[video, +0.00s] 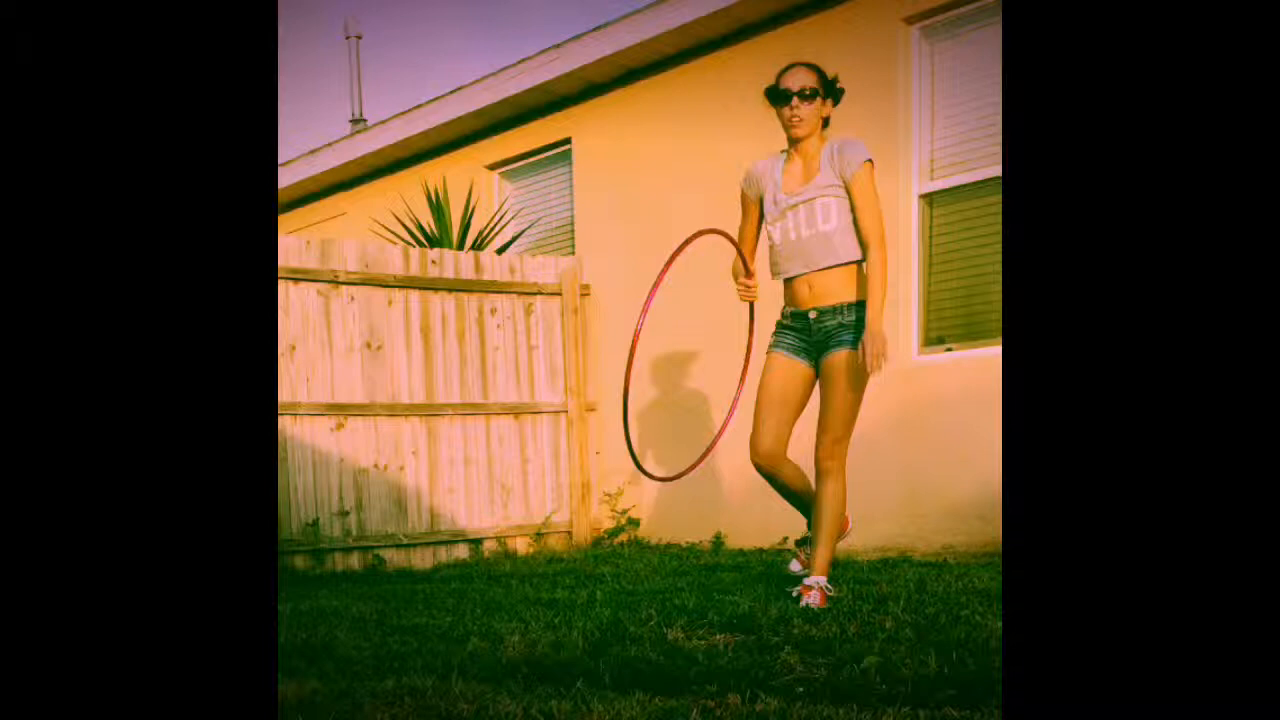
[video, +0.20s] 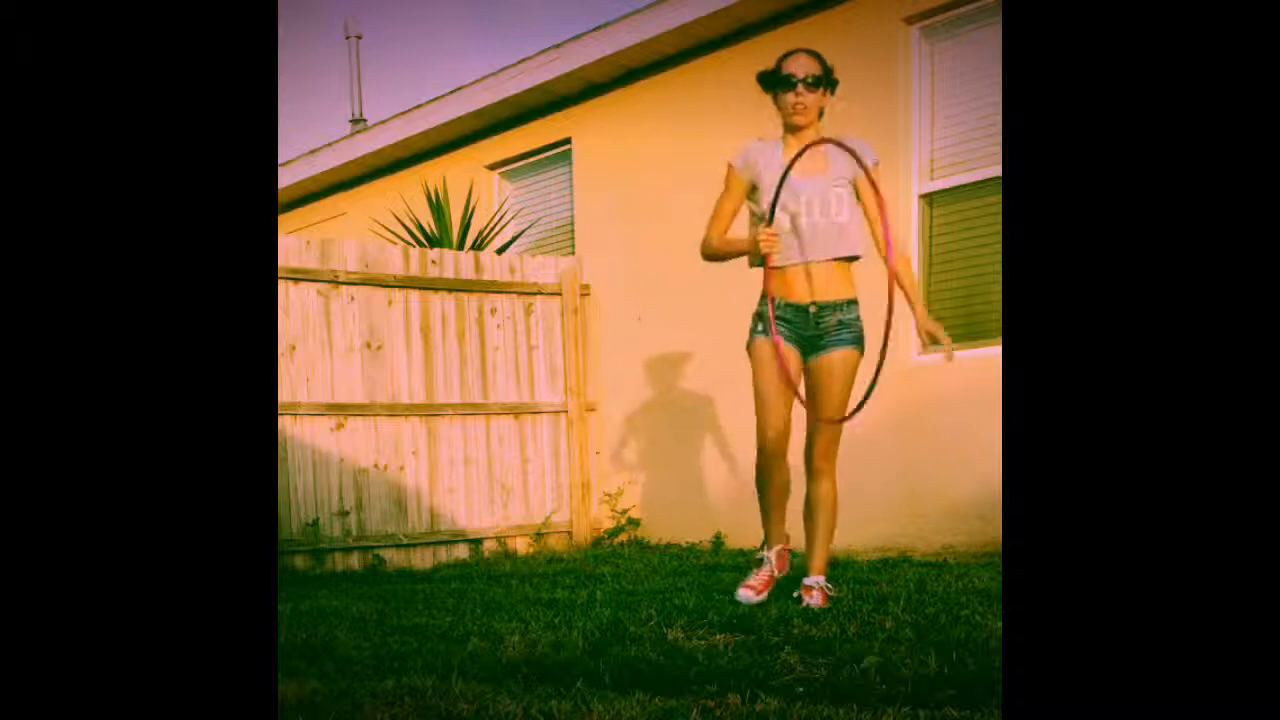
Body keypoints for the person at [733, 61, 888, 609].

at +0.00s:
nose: (794, 106)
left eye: (806, 96)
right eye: (784, 98)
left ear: (828, 105)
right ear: (774, 109)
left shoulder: (846, 155)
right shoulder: (761, 174)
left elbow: (875, 245)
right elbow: (744, 250)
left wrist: (873, 326)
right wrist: (746, 278)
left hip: (846, 321)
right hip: (793, 325)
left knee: (829, 456)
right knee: (765, 453)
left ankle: (816, 581)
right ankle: (829, 521)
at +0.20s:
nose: (799, 93)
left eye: (811, 84)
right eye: (789, 84)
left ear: (828, 95)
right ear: (774, 95)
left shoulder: (850, 158)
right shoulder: (752, 160)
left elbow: (889, 247)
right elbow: (711, 246)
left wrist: (921, 313)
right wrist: (747, 245)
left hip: (837, 317)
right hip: (775, 317)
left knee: (822, 456)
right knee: (771, 445)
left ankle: (815, 579)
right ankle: (776, 552)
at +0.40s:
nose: (789, 98)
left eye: (800, 87)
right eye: (777, 87)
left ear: (814, 93)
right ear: (762, 94)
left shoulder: (830, 167)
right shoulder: (738, 158)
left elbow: (859, 260)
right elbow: (702, 251)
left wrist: (938, 264)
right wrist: (729, 217)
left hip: (822, 321)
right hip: (758, 319)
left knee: (812, 458)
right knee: (745, 445)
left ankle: (812, 580)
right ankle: (725, 577)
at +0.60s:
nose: (764, 98)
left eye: (776, 87)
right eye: (752, 86)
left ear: (792, 95)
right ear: (735, 92)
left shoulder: (804, 169)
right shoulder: (711, 153)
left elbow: (879, 225)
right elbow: (676, 247)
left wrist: (887, 161)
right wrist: (691, 199)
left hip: (789, 324)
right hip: (722, 321)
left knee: (786, 471)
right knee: (707, 458)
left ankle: (791, 579)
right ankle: (685, 603)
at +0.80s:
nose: (739, 89)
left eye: (751, 78)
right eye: (727, 78)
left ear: (767, 85)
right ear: (710, 84)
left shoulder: (773, 156)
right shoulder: (677, 147)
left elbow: (826, 161)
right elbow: (647, 228)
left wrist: (872, 91)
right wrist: (636, 173)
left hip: (752, 316)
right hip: (684, 314)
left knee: (803, 450)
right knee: (690, 463)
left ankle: (728, 499)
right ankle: (686, 607)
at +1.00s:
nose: (717, 91)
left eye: (729, 80)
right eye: (705, 80)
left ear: (747, 90)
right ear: (687, 90)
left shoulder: (762, 158)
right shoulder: (663, 156)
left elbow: (801, 127)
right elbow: (655, 225)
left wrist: (751, 43)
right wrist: (671, 134)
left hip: (745, 320)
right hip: (677, 329)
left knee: (838, 353)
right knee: (677, 474)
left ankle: (752, 428)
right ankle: (686, 608)